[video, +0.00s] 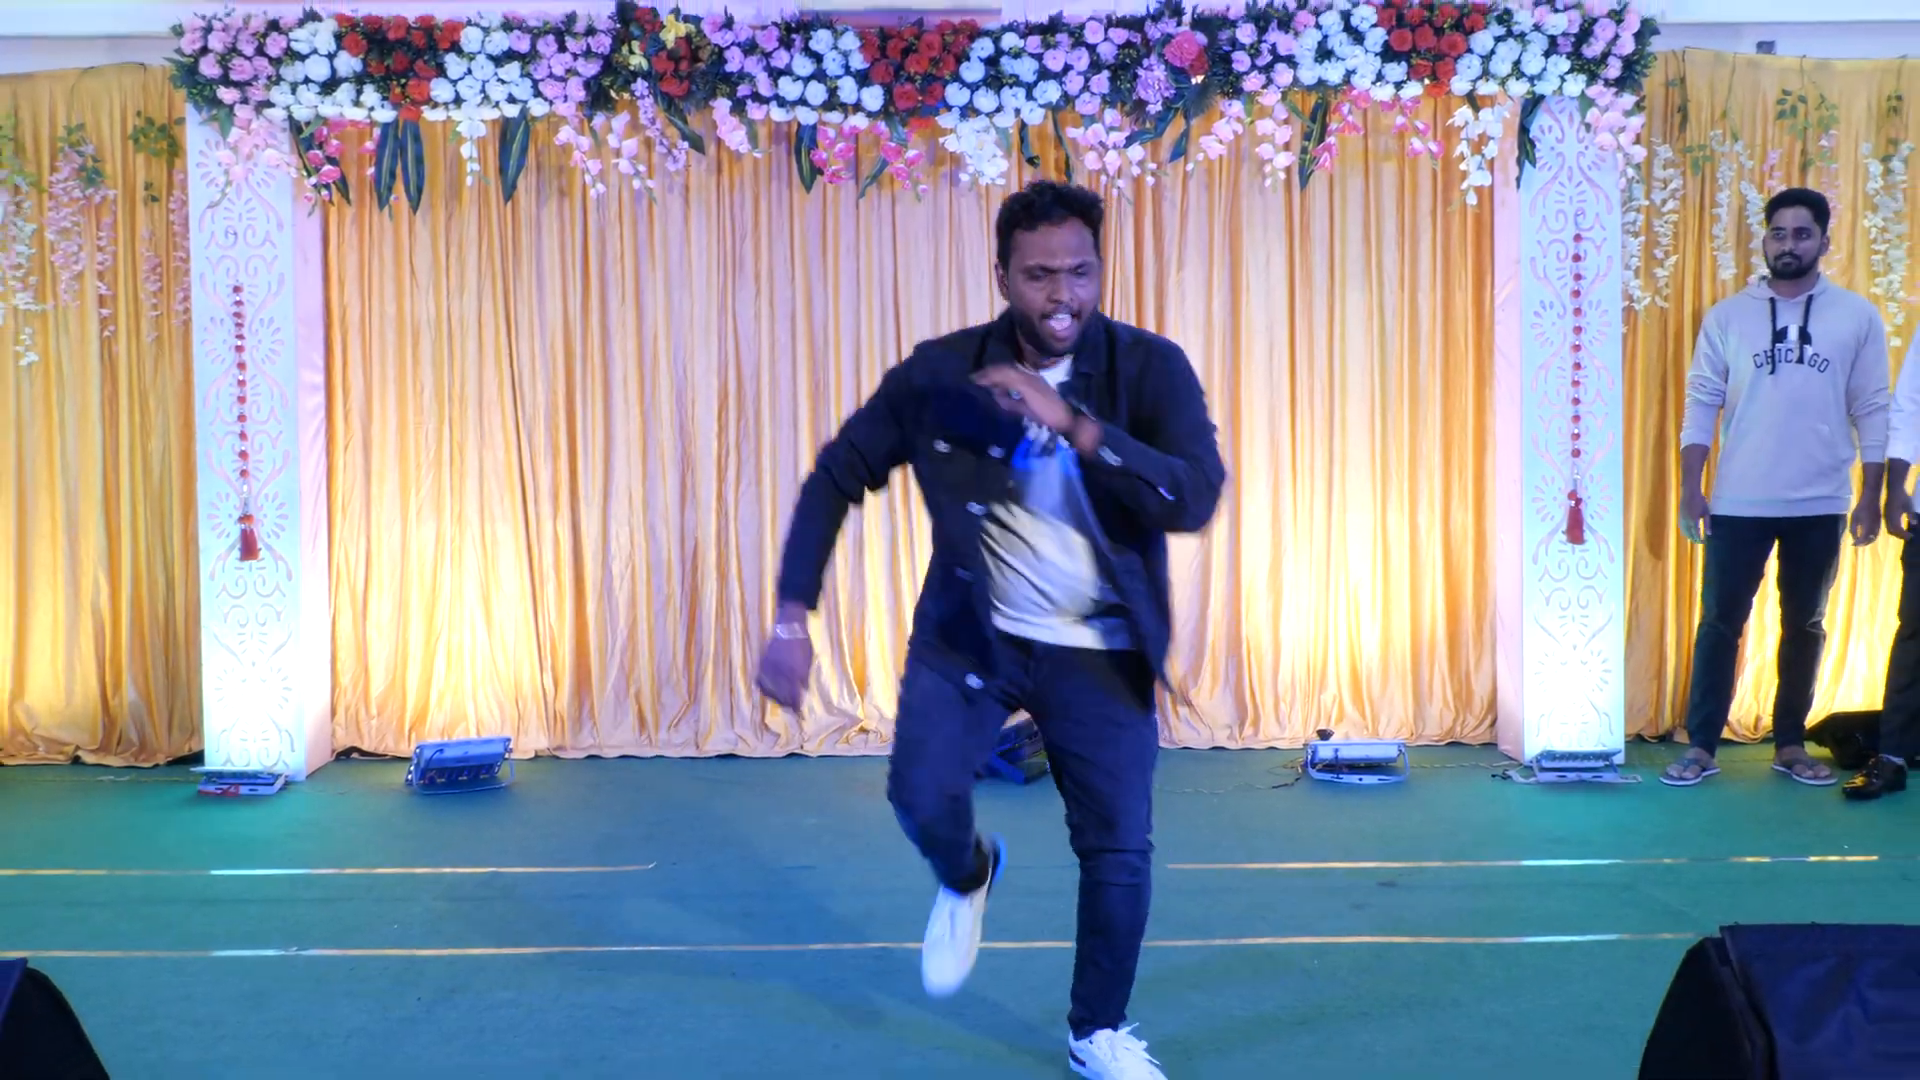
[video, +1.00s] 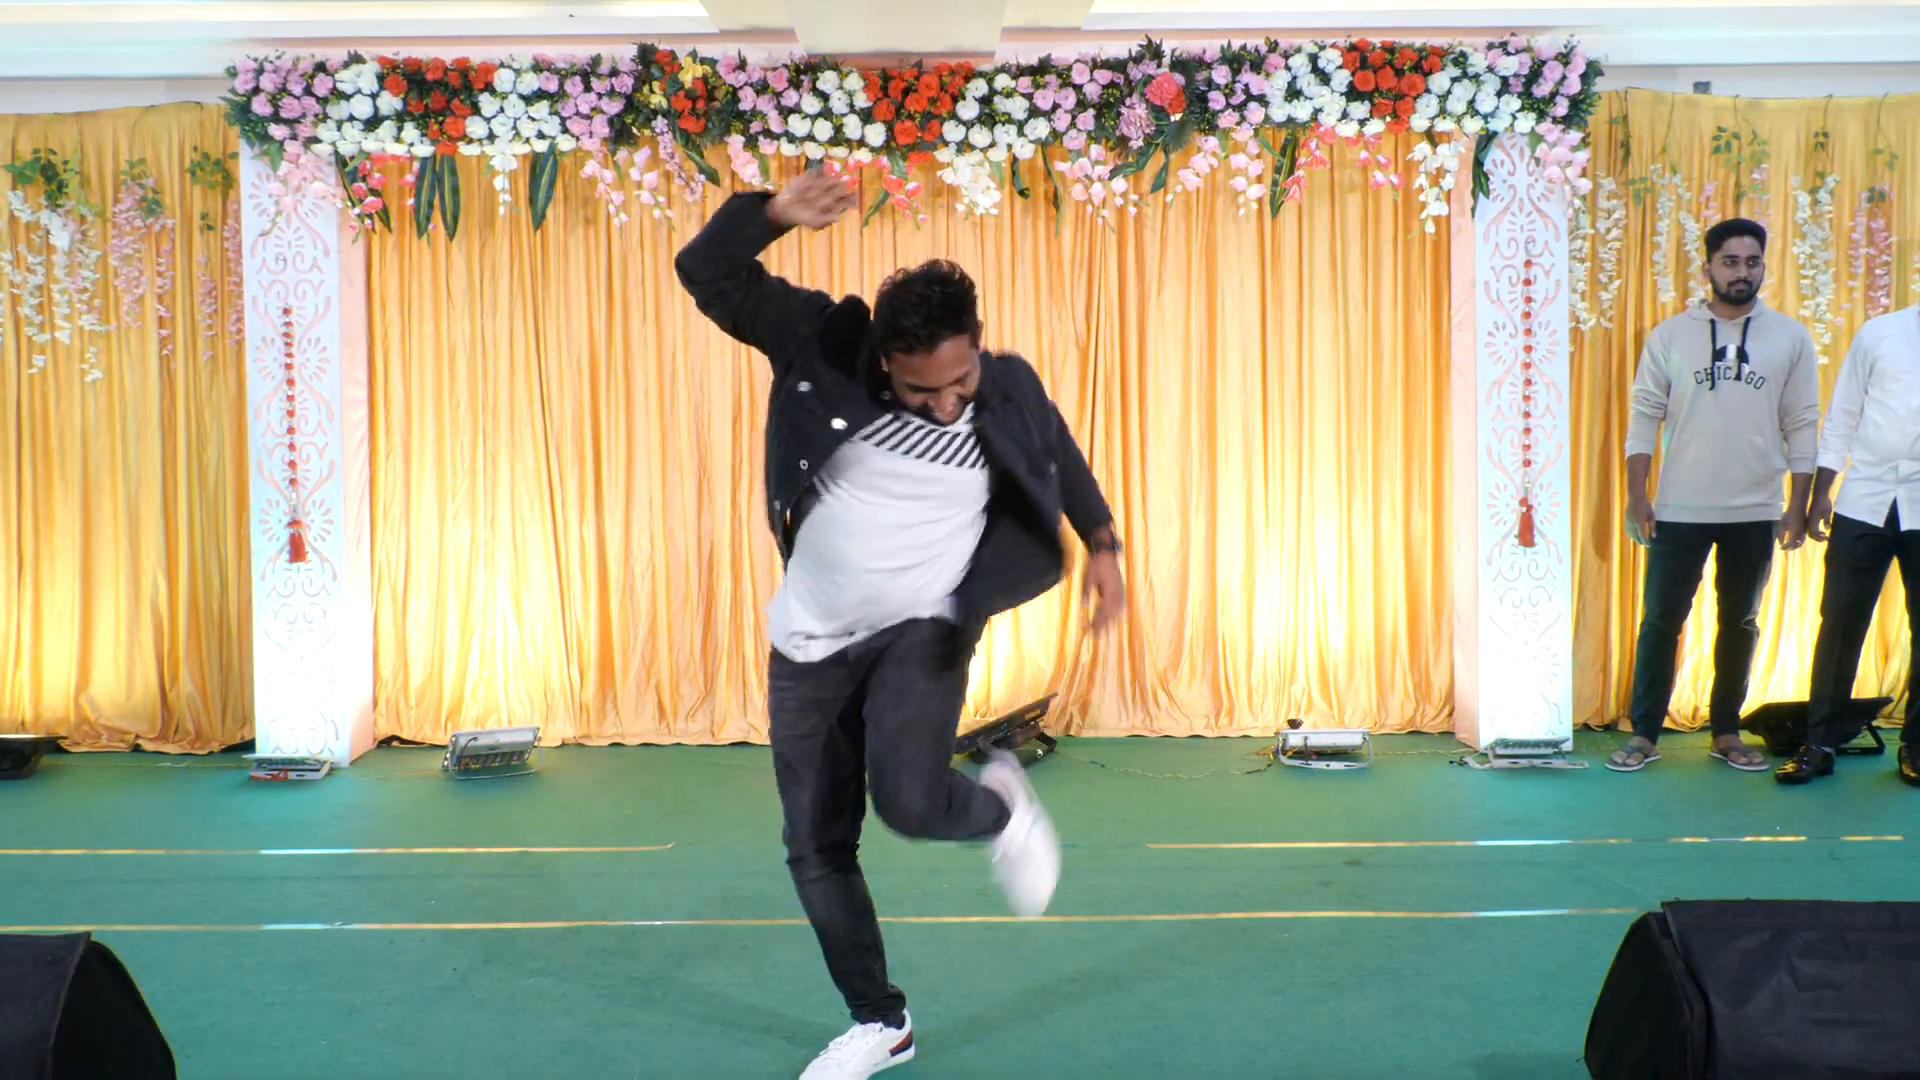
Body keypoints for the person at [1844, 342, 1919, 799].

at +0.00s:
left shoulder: (1916, 340)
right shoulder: (1919, 337)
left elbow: (1906, 402)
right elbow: (1908, 400)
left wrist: (1898, 482)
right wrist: (1896, 482)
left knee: (1911, 635)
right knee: (1911, 634)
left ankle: (1894, 753)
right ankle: (1892, 754)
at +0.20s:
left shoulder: (1909, 329)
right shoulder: (1912, 327)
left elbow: (1886, 412)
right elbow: (1886, 411)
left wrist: (1870, 492)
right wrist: (1869, 490)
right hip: (1909, 508)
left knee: (1896, 632)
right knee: (1893, 631)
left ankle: (1870, 750)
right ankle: (1868, 751)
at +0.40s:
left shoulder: (1896, 330)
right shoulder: (1898, 329)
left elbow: (1864, 414)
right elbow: (1864, 413)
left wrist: (1843, 491)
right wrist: (1843, 492)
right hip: (1892, 504)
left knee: (1872, 629)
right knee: (1868, 628)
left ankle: (1843, 746)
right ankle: (1843, 748)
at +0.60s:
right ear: (1913, 278)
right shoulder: (1877, 334)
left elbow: (1840, 416)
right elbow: (1841, 417)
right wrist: (1820, 494)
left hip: (1918, 504)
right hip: (1866, 499)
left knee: (1919, 633)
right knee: (1841, 625)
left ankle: (1914, 747)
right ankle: (1821, 743)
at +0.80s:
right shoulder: (1879, 333)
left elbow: (1840, 415)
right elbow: (1841, 415)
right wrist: (1819, 492)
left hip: (1917, 505)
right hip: (1865, 499)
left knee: (1919, 634)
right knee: (1839, 626)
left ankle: (1914, 746)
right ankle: (1819, 744)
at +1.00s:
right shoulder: (1879, 334)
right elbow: (1842, 416)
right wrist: (1821, 490)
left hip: (1916, 502)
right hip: (1865, 496)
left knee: (1918, 632)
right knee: (1839, 624)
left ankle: (1914, 745)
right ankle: (1819, 744)